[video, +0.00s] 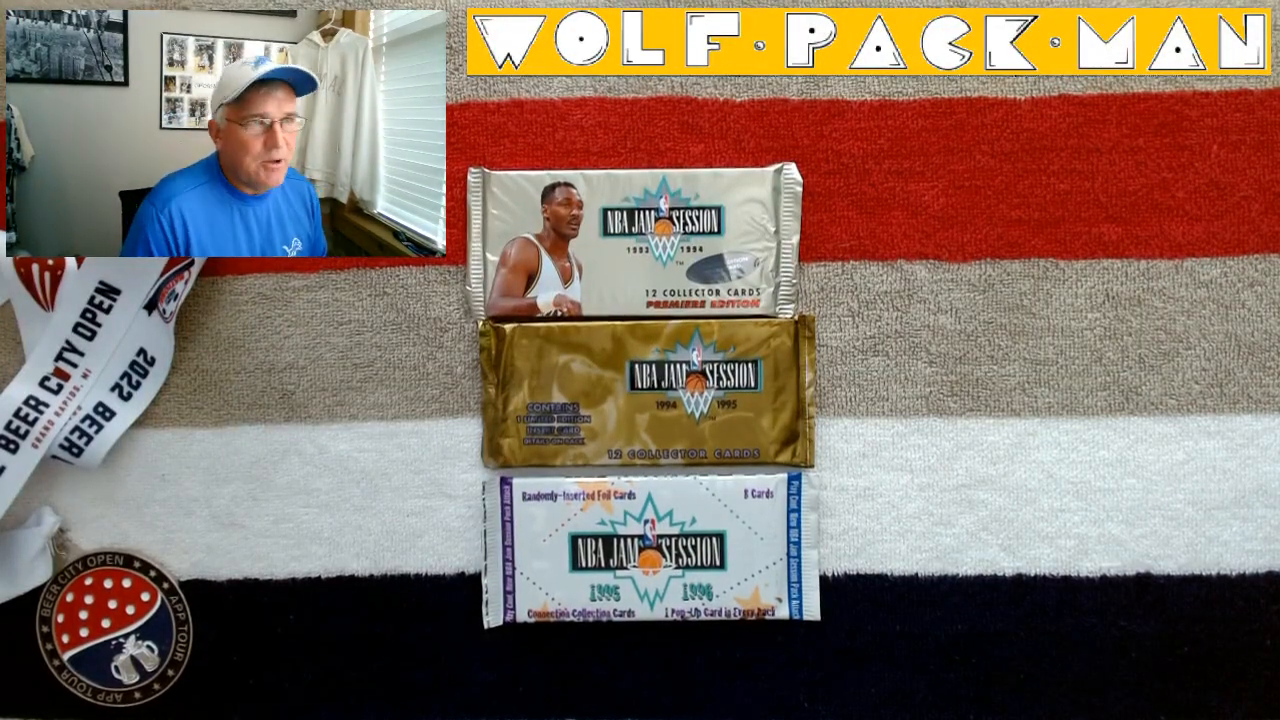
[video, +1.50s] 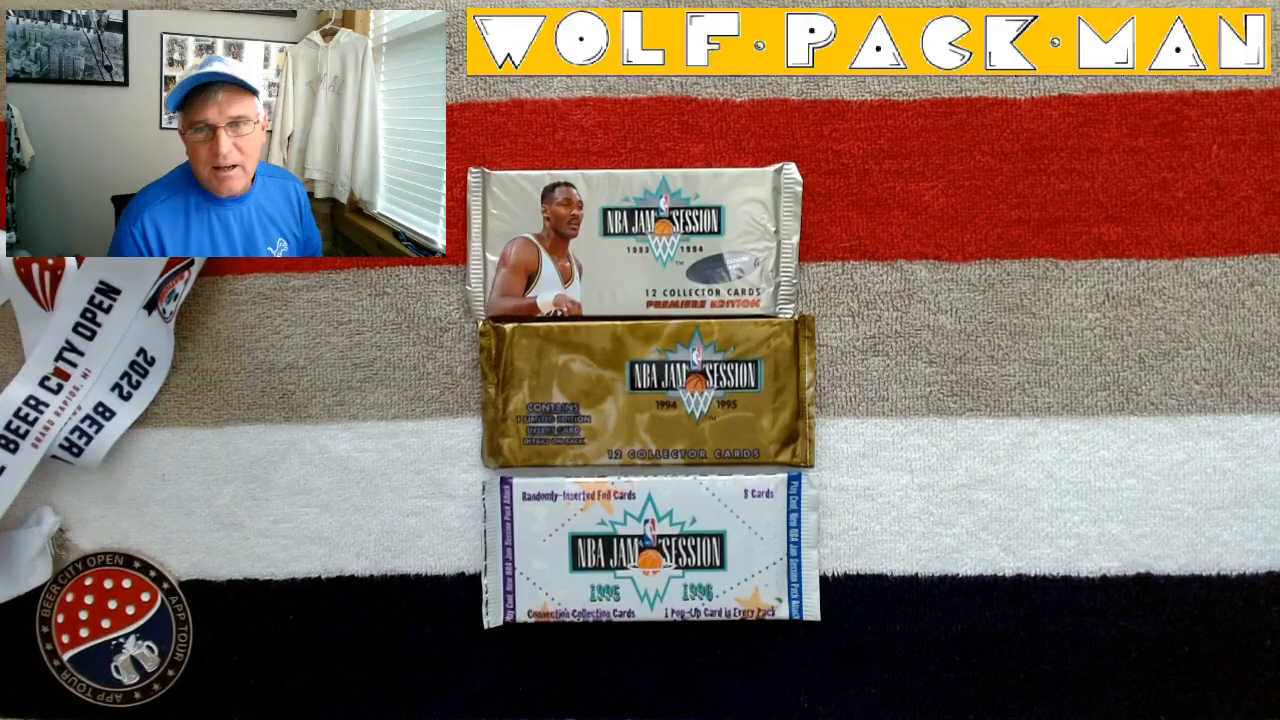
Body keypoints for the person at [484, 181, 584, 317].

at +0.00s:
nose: (576, 213)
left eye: (580, 207)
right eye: (566, 205)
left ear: (583, 211)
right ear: (545, 211)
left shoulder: (575, 266)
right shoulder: (520, 250)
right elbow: (495, 308)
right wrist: (550, 301)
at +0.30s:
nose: (576, 213)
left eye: (580, 206)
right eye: (566, 205)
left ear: (583, 211)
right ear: (545, 210)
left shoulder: (575, 265)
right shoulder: (521, 249)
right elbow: (494, 307)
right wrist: (550, 301)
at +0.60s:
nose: (576, 213)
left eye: (580, 207)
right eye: (566, 205)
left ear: (583, 211)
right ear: (545, 211)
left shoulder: (575, 265)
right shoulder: (521, 250)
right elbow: (495, 307)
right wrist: (550, 301)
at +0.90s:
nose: (576, 213)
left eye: (580, 207)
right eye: (566, 204)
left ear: (583, 211)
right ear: (546, 210)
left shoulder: (575, 266)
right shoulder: (521, 249)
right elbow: (495, 307)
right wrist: (551, 300)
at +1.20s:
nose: (576, 213)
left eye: (580, 207)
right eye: (566, 205)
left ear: (583, 211)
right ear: (545, 211)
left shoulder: (575, 266)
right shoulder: (521, 250)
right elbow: (495, 307)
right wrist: (550, 301)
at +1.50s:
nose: (576, 213)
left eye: (580, 207)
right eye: (566, 205)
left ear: (583, 212)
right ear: (545, 211)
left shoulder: (575, 266)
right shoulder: (521, 250)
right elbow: (495, 307)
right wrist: (550, 301)